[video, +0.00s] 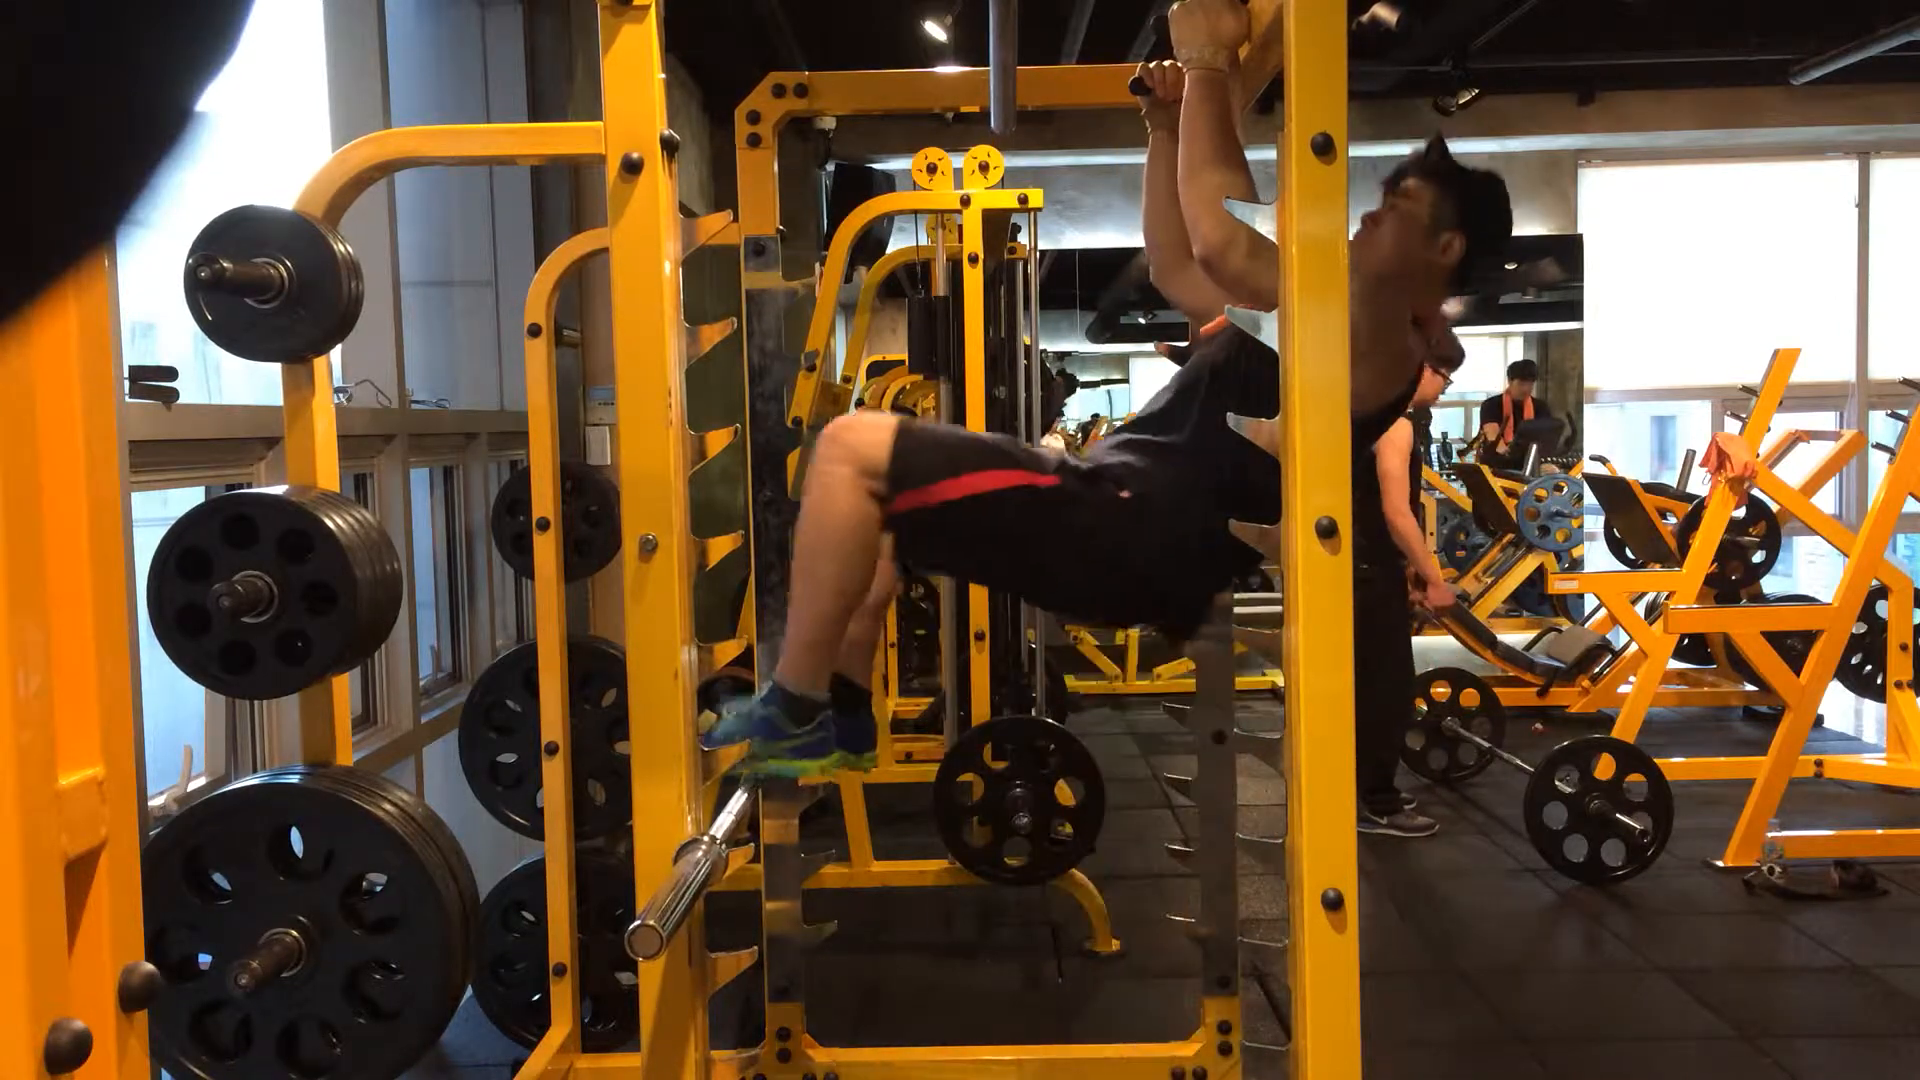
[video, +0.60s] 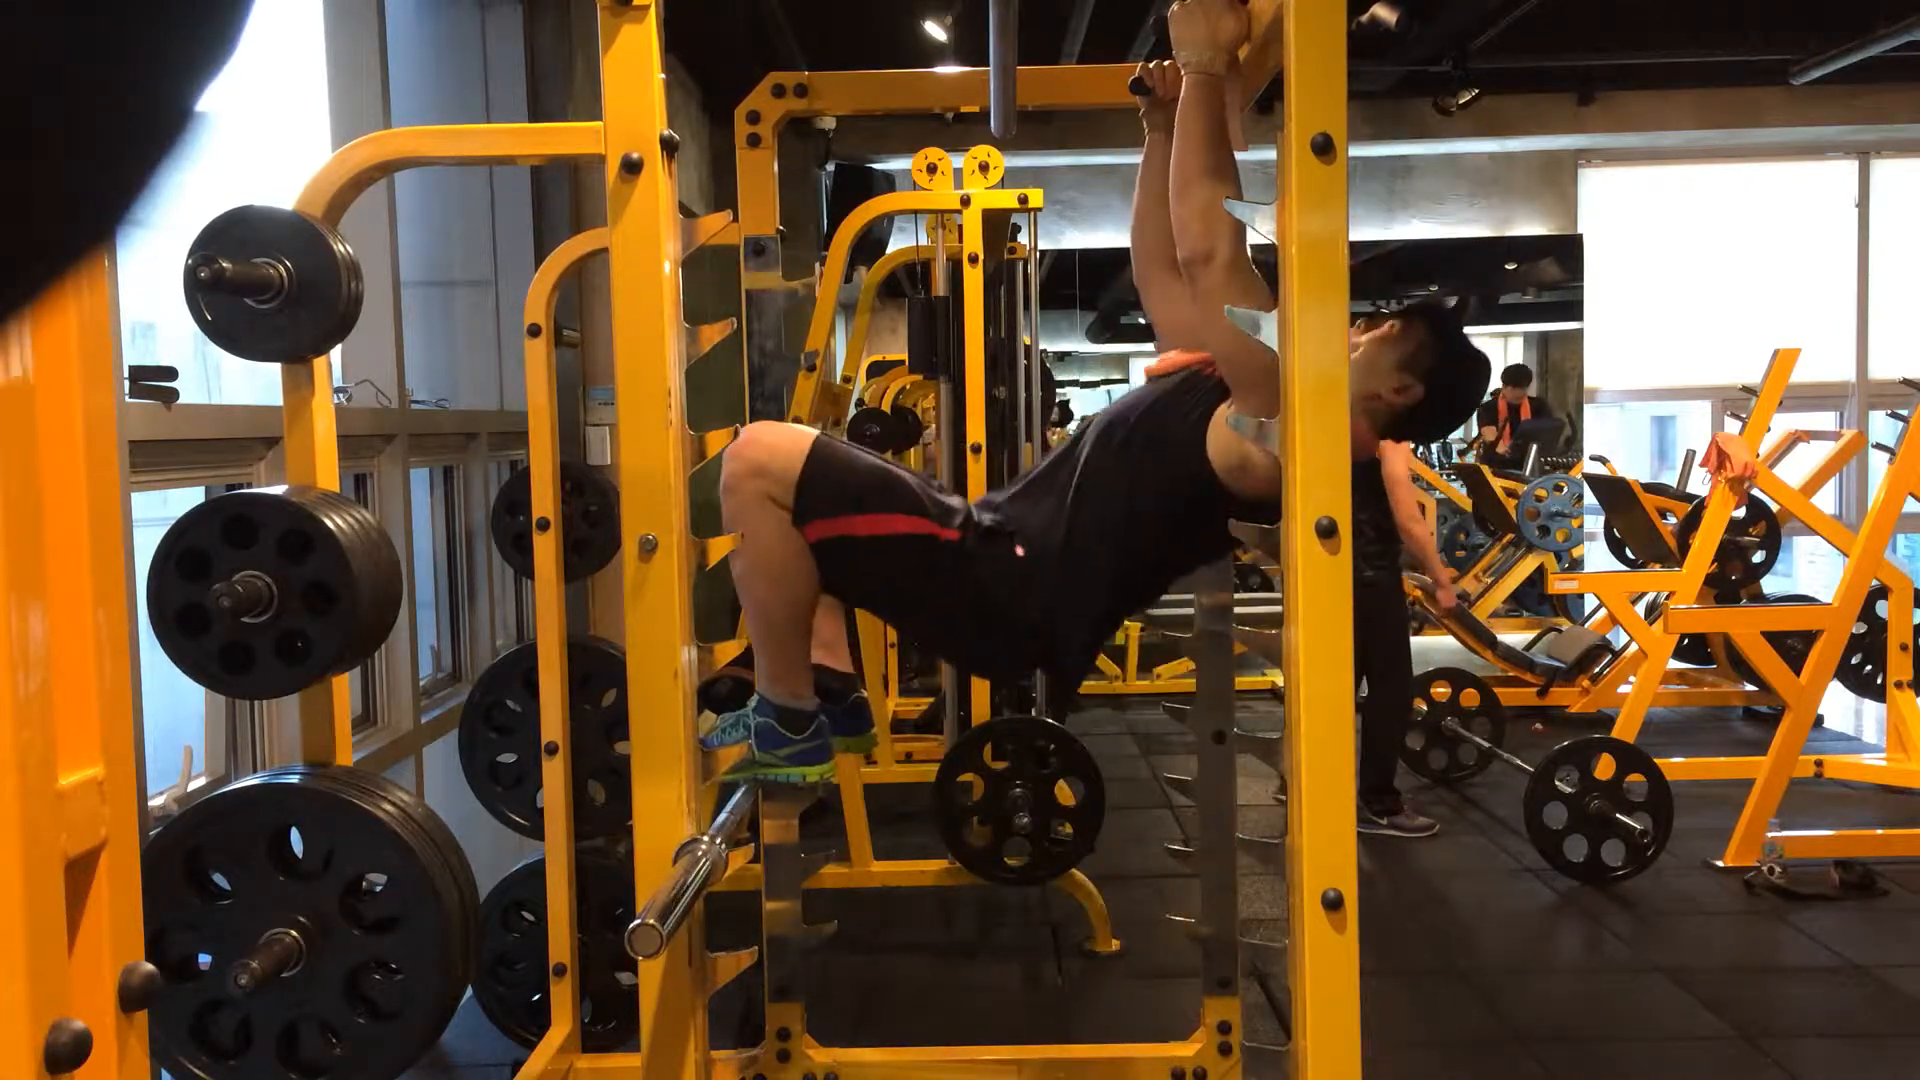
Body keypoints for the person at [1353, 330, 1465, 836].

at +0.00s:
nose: (1442, 387)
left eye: (1444, 377)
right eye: (1439, 375)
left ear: (1421, 374)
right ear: (1418, 370)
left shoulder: (1391, 418)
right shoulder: (1395, 422)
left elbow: (1393, 510)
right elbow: (1395, 510)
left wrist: (1415, 569)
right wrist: (1433, 576)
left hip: (1370, 568)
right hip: (1372, 571)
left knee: (1379, 677)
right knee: (1388, 678)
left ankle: (1373, 791)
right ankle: (1376, 799)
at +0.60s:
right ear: (1393, 396)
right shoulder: (1389, 432)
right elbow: (1405, 516)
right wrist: (1440, 578)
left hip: (1329, 574)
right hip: (1373, 579)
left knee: (1335, 685)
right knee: (1393, 684)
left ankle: (1317, 790)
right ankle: (1379, 801)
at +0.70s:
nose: (1396, 399)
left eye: (1396, 392)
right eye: (1393, 391)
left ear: (1349, 381)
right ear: (1378, 385)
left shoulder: (1318, 423)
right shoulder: (1379, 426)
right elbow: (1401, 518)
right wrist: (1433, 576)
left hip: (1320, 574)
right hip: (1369, 577)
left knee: (1320, 688)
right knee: (1390, 689)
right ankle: (1379, 802)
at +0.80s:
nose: (1382, 387)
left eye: (1380, 377)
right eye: (1377, 378)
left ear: (1341, 383)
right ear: (1363, 383)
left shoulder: (1311, 424)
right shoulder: (1372, 431)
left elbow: (1259, 435)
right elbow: (1392, 519)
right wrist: (1424, 576)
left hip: (1318, 577)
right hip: (1364, 580)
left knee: (1315, 687)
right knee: (1387, 690)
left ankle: (1279, 792)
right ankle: (1380, 803)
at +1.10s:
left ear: (1291, 374)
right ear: (1335, 376)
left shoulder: (1260, 427)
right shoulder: (1342, 427)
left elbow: (1254, 508)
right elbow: (1359, 512)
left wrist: (1259, 554)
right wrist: (1385, 570)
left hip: (1274, 574)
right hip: (1327, 576)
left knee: (1275, 684)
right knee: (1361, 688)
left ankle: (1270, 804)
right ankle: (1377, 802)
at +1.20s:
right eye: (1336, 376)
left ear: (1282, 379)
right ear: (1327, 384)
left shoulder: (1249, 431)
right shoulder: (1337, 432)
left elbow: (1241, 512)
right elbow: (1355, 512)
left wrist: (1252, 552)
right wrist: (1368, 572)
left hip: (1267, 574)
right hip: (1325, 576)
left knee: (1271, 685)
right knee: (1356, 687)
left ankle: (1270, 802)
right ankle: (1375, 800)